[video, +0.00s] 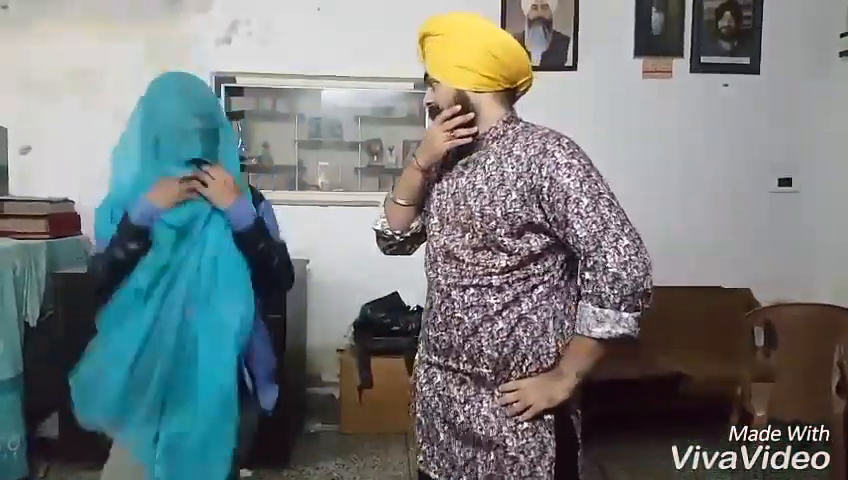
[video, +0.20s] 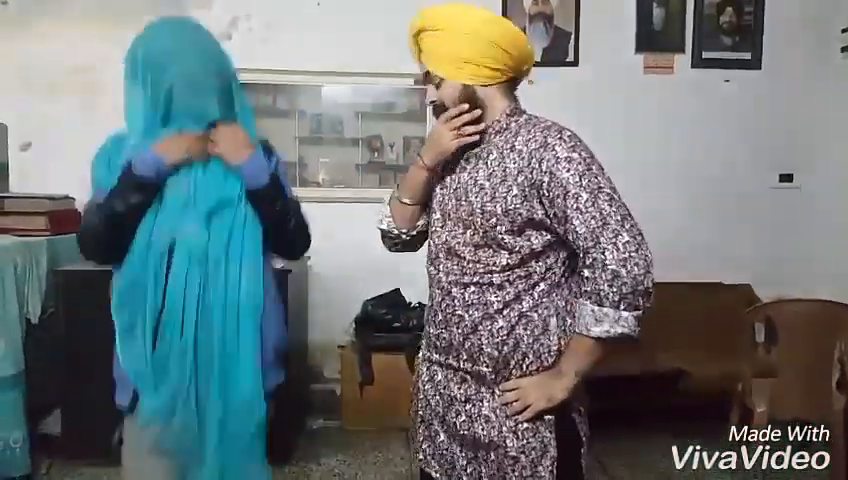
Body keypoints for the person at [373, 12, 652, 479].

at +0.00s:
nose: (429, 95)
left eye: (434, 80)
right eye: (430, 82)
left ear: (468, 81)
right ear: (477, 82)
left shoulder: (546, 155)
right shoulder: (441, 157)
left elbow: (622, 265)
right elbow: (393, 243)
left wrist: (566, 375)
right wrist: (420, 164)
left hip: (523, 399)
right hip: (439, 388)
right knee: (439, 473)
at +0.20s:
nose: (428, 96)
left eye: (435, 79)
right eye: (427, 81)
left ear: (475, 75)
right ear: (475, 76)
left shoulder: (548, 148)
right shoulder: (448, 152)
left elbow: (624, 265)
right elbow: (397, 240)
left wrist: (565, 373)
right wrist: (425, 163)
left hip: (525, 401)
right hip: (442, 390)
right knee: (439, 473)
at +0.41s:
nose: (438, 121)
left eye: (444, 107)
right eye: (432, 108)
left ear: (483, 88)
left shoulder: (556, 146)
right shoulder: (456, 144)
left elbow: (630, 261)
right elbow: (412, 240)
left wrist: (570, 369)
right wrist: (440, 176)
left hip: (533, 396)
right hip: (449, 385)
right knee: (445, 472)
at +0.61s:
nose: (459, 117)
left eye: (473, 103)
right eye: (450, 103)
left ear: (510, 88)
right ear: (441, 91)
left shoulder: (561, 142)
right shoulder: (449, 139)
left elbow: (633, 249)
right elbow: (404, 229)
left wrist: (575, 360)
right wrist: (450, 172)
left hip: (541, 388)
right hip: (454, 377)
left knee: (549, 472)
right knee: (449, 471)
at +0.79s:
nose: (474, 105)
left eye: (491, 93)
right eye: (464, 88)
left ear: (524, 82)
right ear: (452, 73)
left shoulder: (566, 140)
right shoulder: (446, 135)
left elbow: (642, 246)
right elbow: (400, 221)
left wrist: (579, 354)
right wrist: (455, 165)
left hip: (540, 386)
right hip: (452, 375)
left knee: (549, 472)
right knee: (450, 471)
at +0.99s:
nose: (488, 95)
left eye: (506, 84)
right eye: (477, 78)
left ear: (532, 76)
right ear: (462, 64)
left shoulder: (567, 138)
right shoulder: (438, 136)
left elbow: (651, 234)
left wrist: (592, 338)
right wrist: (452, 158)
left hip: (541, 378)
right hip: (452, 372)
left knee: (549, 472)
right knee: (457, 471)